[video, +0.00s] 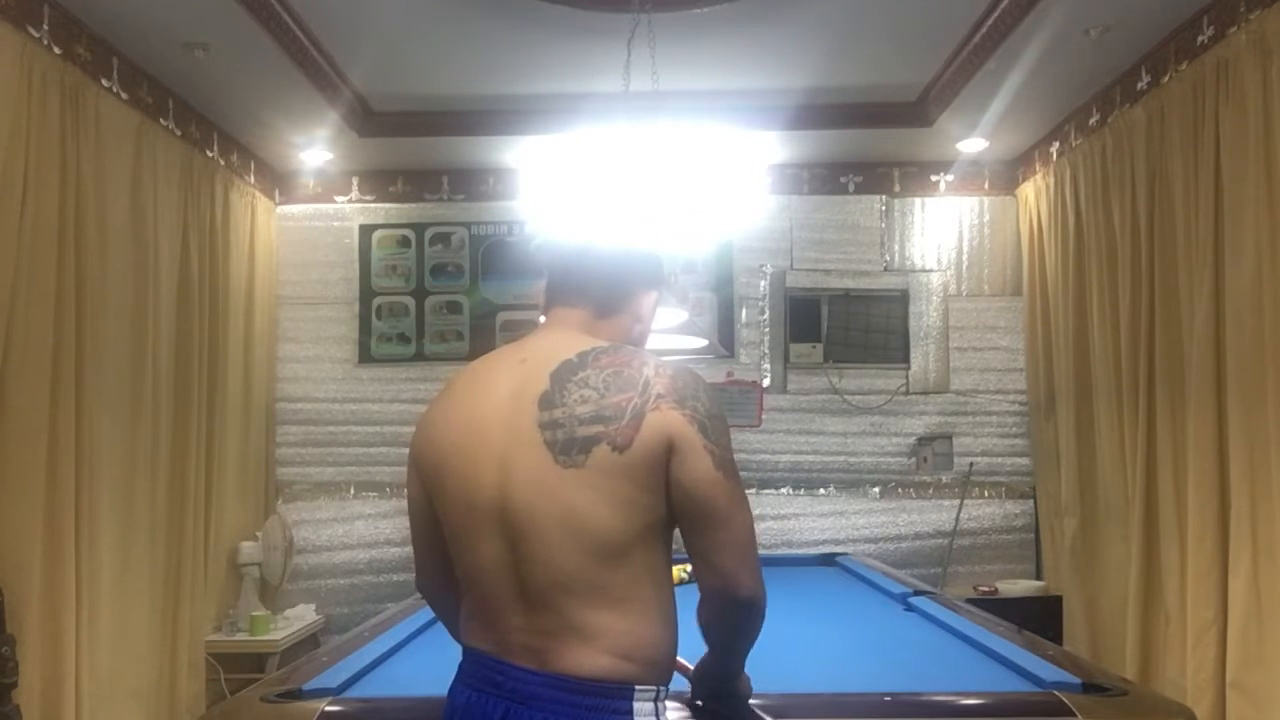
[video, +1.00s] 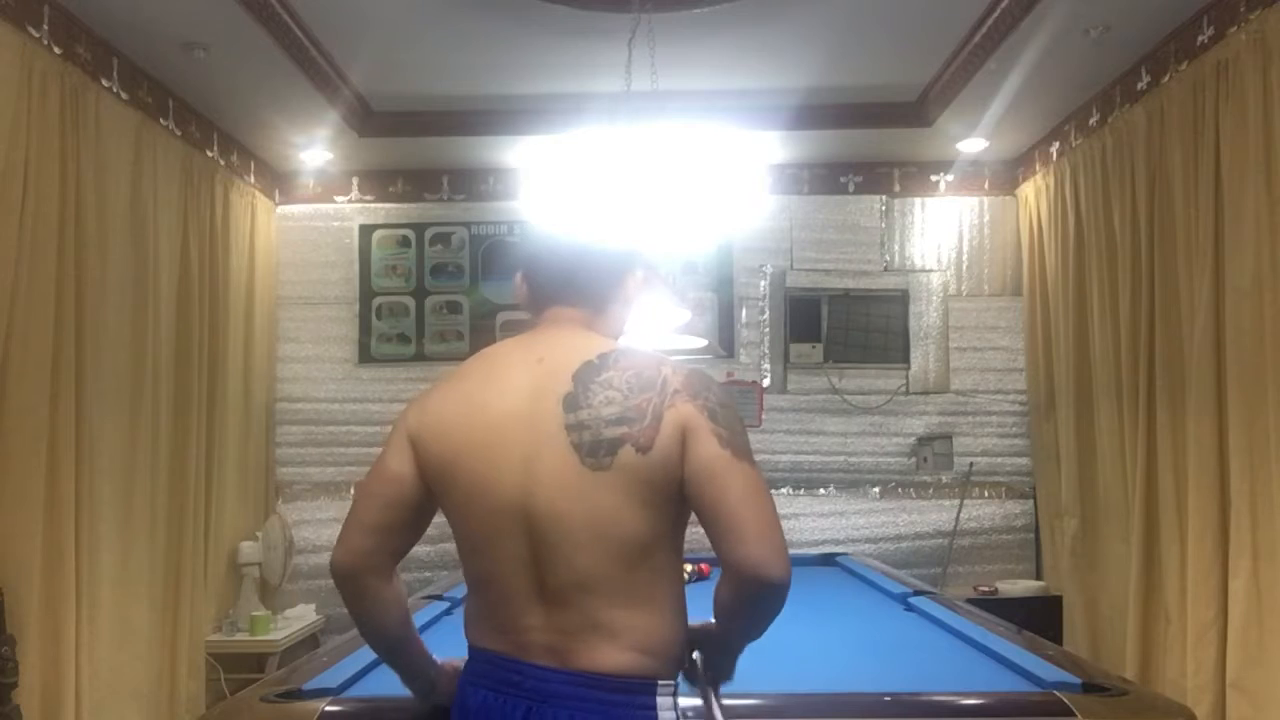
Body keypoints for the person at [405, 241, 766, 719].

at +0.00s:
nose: (651, 317)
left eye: (654, 301)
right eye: (654, 300)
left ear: (546, 290)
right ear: (644, 299)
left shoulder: (450, 400)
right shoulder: (667, 393)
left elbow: (435, 579)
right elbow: (737, 590)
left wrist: (499, 651)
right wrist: (722, 670)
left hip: (479, 695)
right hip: (615, 702)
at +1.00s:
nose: (644, 293)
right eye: (643, 280)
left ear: (525, 286)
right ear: (630, 283)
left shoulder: (444, 399)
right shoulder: (675, 392)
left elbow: (357, 562)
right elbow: (762, 568)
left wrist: (426, 678)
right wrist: (722, 646)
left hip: (487, 699)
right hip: (622, 702)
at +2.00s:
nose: (647, 292)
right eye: (647, 280)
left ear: (529, 285)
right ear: (636, 280)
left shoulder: (461, 397)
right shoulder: (667, 389)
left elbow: (408, 536)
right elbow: (752, 586)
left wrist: (471, 456)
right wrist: (811, 711)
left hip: (494, 694)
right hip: (624, 701)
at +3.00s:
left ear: (581, 264)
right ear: (693, 264)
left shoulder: (493, 388)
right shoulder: (758, 387)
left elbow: (425, 571)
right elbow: (834, 594)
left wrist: (477, 647)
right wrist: (775, 613)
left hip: (549, 699)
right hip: (700, 701)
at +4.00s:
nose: (670, 317)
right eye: (669, 307)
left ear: (563, 304)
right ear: (658, 304)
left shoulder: (488, 395)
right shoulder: (684, 380)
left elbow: (439, 570)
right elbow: (774, 556)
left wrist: (508, 638)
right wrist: (719, 624)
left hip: (498, 690)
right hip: (632, 694)